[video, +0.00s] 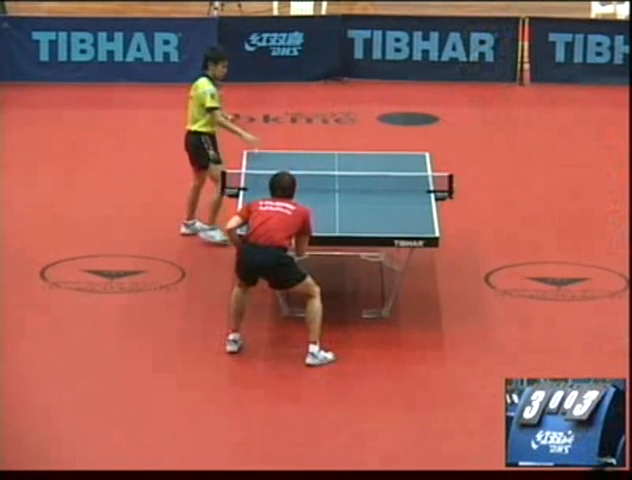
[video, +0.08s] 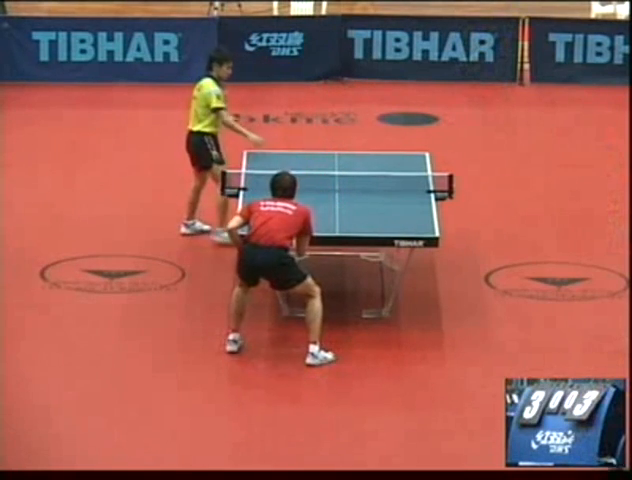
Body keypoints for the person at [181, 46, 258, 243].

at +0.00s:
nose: (225, 71)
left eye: (226, 67)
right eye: (222, 67)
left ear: (213, 68)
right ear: (210, 66)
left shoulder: (203, 84)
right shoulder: (207, 88)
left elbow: (210, 111)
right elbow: (217, 118)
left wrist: (226, 116)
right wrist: (244, 134)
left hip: (197, 133)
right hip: (202, 135)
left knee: (199, 179)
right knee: (221, 180)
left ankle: (190, 221)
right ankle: (211, 226)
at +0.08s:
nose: (230, 72)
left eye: (231, 68)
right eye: (227, 67)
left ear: (215, 68)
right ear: (215, 67)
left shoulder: (202, 85)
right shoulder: (213, 89)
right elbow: (224, 119)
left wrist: (230, 115)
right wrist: (249, 135)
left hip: (195, 134)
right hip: (205, 136)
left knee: (200, 179)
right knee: (223, 180)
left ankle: (189, 221)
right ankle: (221, 228)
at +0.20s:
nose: (240, 77)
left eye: (241, 72)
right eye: (238, 72)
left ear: (225, 73)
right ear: (227, 72)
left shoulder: (211, 87)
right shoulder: (223, 92)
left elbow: (215, 116)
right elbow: (238, 120)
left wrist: (233, 124)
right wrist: (264, 135)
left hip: (198, 135)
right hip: (209, 138)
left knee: (204, 181)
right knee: (228, 183)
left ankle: (190, 221)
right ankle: (241, 226)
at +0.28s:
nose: (250, 83)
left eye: (250, 79)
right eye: (248, 79)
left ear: (234, 79)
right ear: (237, 78)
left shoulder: (218, 92)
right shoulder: (231, 95)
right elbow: (249, 122)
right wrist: (278, 138)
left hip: (201, 139)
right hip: (212, 141)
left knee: (207, 183)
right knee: (232, 182)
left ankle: (190, 221)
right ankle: (242, 226)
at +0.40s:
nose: (264, 95)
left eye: (264, 91)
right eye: (262, 91)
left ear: (248, 89)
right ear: (252, 90)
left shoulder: (229, 100)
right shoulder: (245, 106)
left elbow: (232, 126)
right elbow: (268, 130)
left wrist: (252, 135)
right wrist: (297, 143)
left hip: (204, 145)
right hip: (218, 148)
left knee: (211, 186)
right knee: (243, 185)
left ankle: (191, 221)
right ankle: (246, 227)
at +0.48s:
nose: (274, 102)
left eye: (274, 98)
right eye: (272, 98)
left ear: (257, 96)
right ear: (262, 97)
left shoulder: (237, 105)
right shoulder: (252, 112)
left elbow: (239, 135)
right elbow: (276, 135)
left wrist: (260, 141)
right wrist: (304, 144)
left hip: (209, 147)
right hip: (221, 152)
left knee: (213, 189)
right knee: (245, 187)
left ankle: (191, 221)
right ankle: (248, 225)